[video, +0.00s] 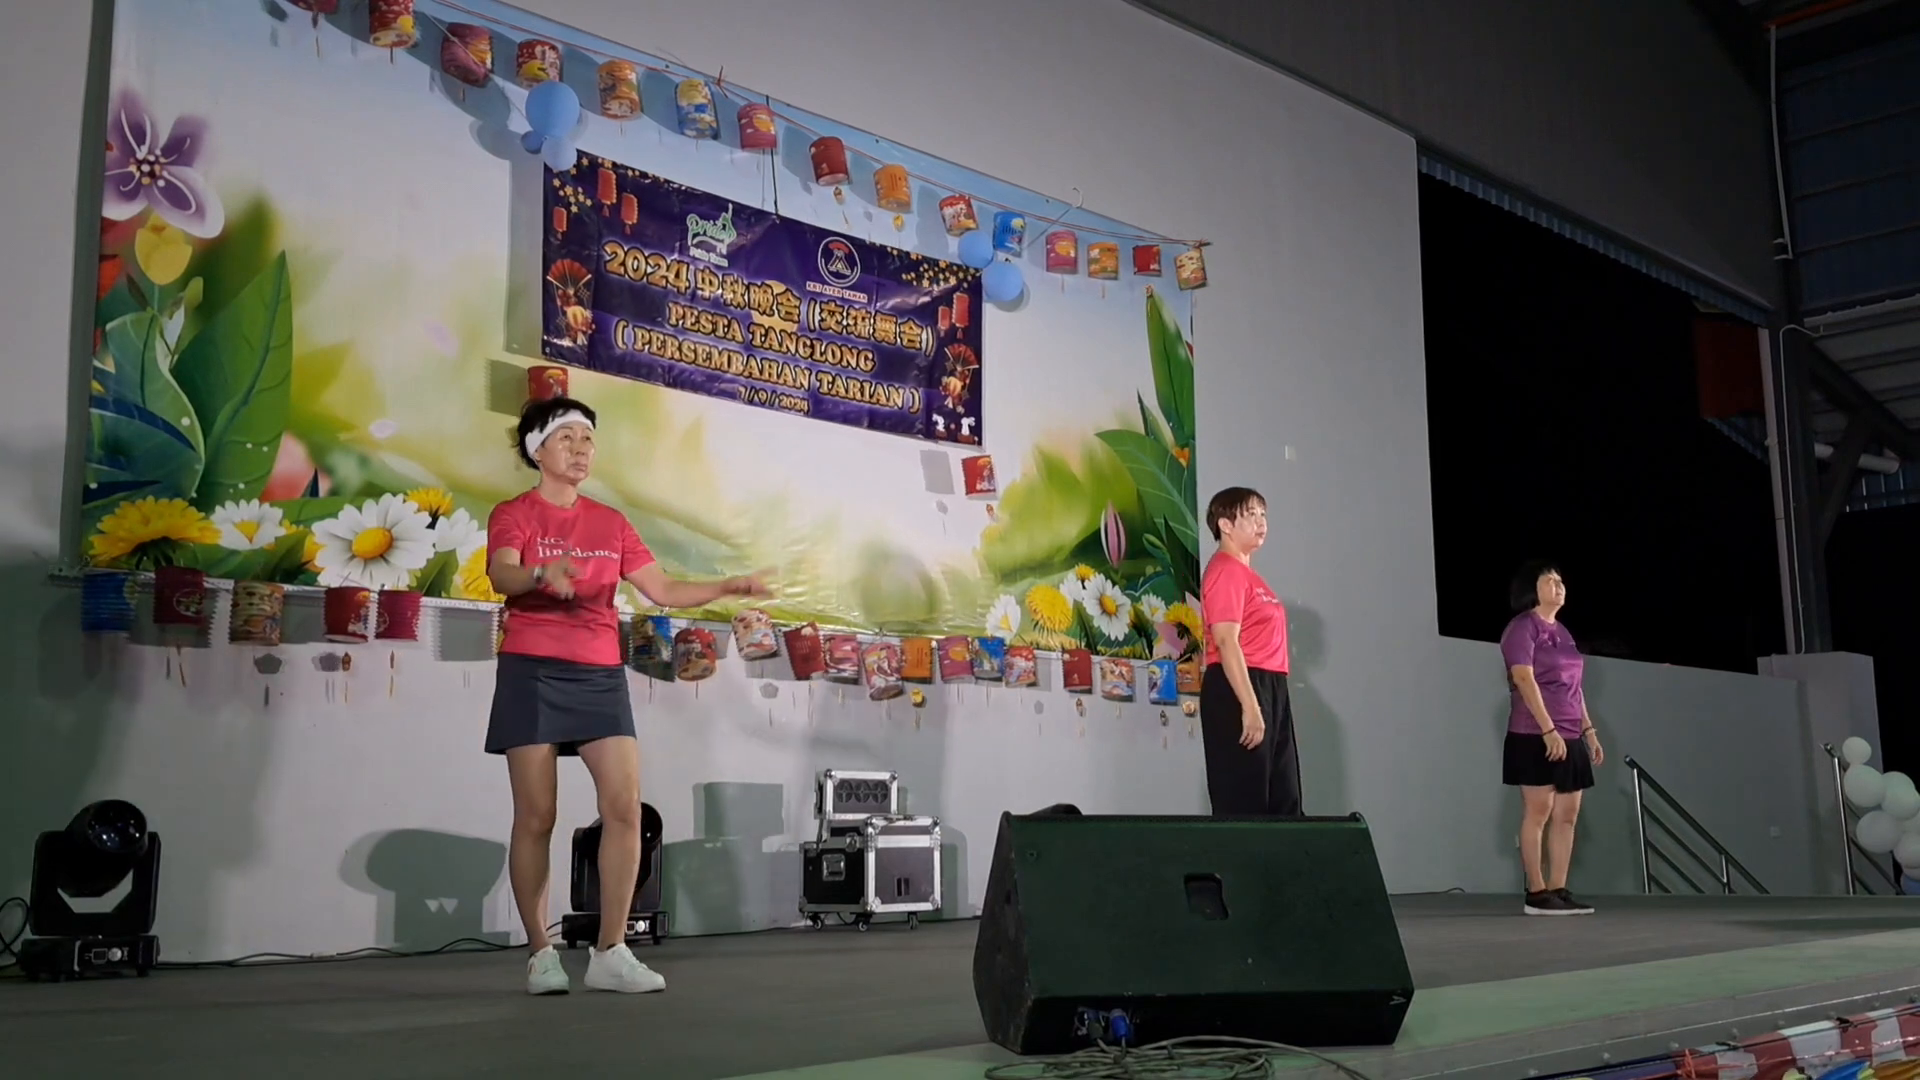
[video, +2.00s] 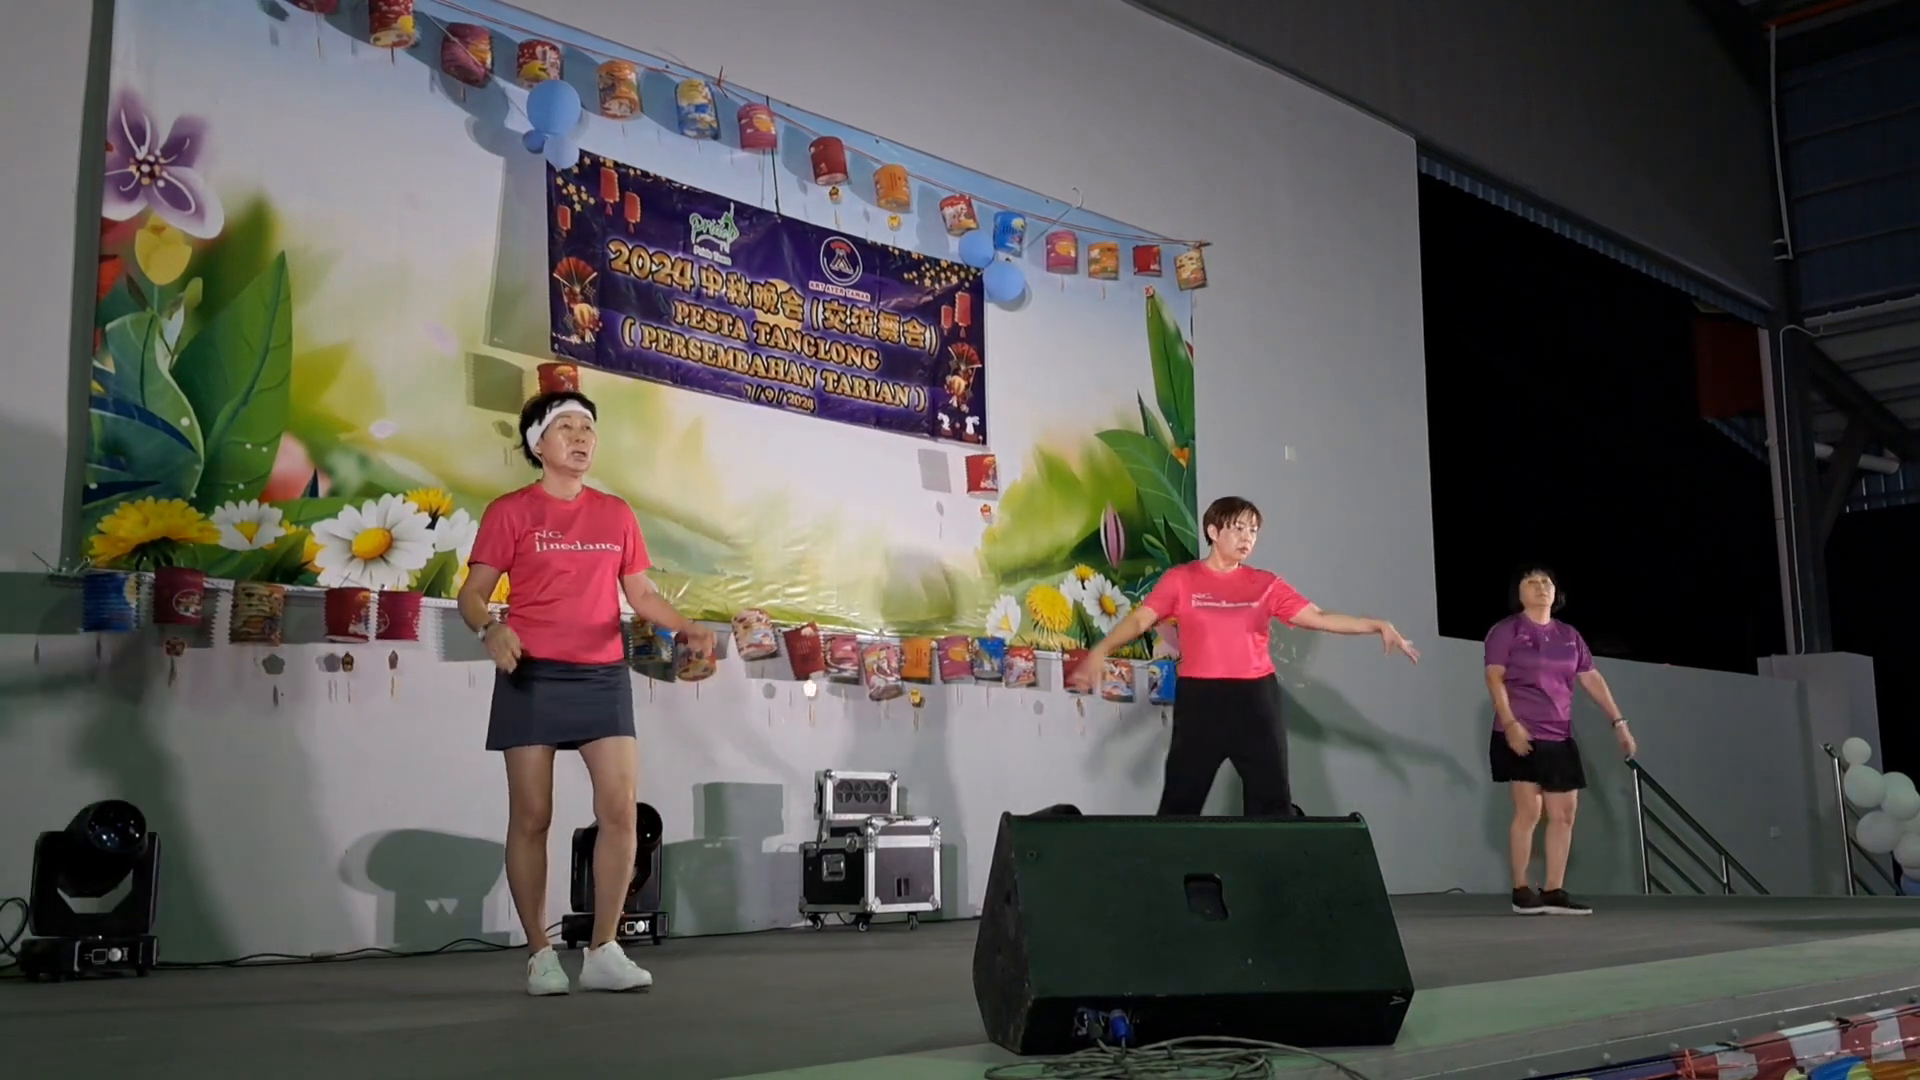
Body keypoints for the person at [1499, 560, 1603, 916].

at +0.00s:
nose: (1558, 586)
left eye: (1560, 581)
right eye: (1549, 581)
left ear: (1563, 592)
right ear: (1532, 589)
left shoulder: (1564, 634)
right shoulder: (1522, 628)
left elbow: (1573, 687)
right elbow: (1524, 681)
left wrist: (1588, 731)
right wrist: (1549, 730)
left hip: (1570, 737)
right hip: (1534, 735)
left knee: (1567, 815)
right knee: (1537, 811)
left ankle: (1558, 890)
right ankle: (1537, 892)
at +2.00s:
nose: (1540, 586)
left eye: (1546, 582)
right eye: (1532, 582)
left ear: (1555, 594)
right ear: (1519, 594)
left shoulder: (1570, 636)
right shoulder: (1504, 631)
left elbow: (1592, 679)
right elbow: (1494, 679)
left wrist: (1619, 722)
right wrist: (1510, 724)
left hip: (1559, 738)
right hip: (1518, 735)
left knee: (1564, 812)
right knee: (1528, 810)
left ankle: (1554, 892)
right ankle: (1521, 890)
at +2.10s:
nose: (1527, 588)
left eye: (1533, 583)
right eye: (1519, 584)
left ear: (1544, 593)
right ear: (1508, 595)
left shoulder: (1565, 634)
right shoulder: (1495, 633)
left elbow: (1592, 675)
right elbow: (1474, 677)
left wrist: (1616, 713)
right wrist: (1469, 712)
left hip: (1558, 738)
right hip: (1511, 737)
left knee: (1565, 813)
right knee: (1513, 813)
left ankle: (1553, 892)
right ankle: (1498, 882)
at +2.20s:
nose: (1511, 591)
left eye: (1517, 586)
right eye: (1504, 587)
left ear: (1529, 594)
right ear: (1494, 598)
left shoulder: (1553, 631)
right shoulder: (1482, 637)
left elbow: (1577, 669)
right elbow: (1453, 676)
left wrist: (1582, 701)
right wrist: (1426, 706)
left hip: (1552, 737)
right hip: (1503, 739)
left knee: (1571, 811)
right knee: (1498, 815)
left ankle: (1555, 890)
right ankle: (1494, 889)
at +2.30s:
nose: (1499, 597)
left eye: (1505, 591)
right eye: (1492, 592)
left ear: (1517, 597)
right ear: (1482, 601)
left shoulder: (1540, 633)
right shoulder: (1471, 642)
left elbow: (1558, 675)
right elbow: (1438, 679)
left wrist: (1535, 696)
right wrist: (1397, 707)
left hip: (1543, 740)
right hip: (1492, 743)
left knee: (1584, 803)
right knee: (1492, 817)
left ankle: (1569, 882)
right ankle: (1493, 892)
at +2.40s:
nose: (1492, 599)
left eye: (1498, 593)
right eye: (1484, 594)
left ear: (1509, 599)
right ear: (1475, 603)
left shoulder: (1528, 634)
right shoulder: (1466, 645)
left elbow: (1539, 681)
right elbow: (1436, 681)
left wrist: (1491, 703)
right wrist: (1394, 708)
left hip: (1536, 741)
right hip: (1486, 744)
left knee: (1576, 807)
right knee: (1488, 816)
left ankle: (1597, 887)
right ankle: (1493, 892)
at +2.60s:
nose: (1484, 604)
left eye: (1491, 597)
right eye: (1477, 597)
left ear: (1502, 603)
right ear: (1467, 605)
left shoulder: (1517, 636)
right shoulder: (1466, 645)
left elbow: (1518, 683)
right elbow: (1455, 682)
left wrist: (1467, 704)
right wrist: (1438, 706)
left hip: (1527, 741)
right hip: (1480, 744)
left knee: (1561, 811)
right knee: (1485, 816)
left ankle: (1597, 888)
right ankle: (1493, 892)